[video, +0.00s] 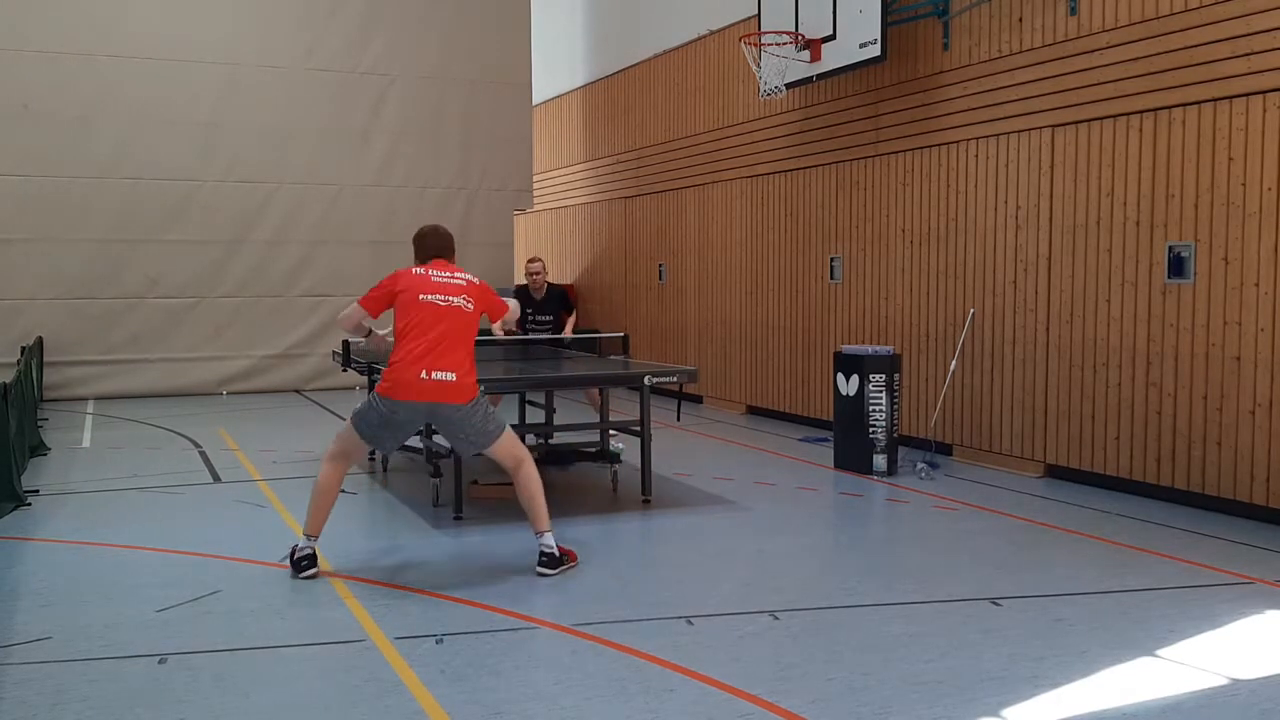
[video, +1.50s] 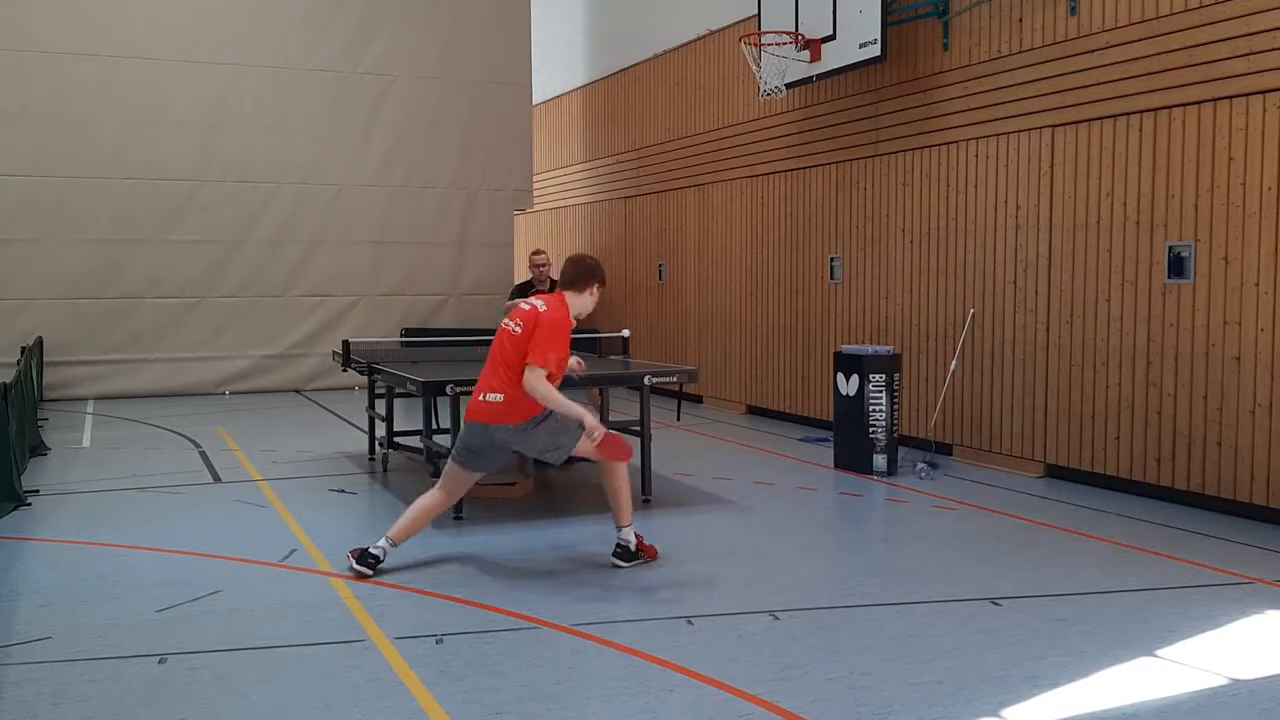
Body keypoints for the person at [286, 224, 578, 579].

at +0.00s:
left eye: (418, 253)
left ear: (417, 255)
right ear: (452, 254)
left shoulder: (402, 279)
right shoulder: (473, 285)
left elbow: (349, 320)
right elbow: (511, 312)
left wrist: (374, 336)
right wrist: (502, 320)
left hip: (400, 394)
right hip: (458, 398)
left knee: (338, 458)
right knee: (519, 461)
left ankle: (306, 548)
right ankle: (548, 547)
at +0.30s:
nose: (454, 254)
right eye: (459, 248)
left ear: (425, 248)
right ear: (460, 251)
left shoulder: (399, 278)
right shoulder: (475, 286)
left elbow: (358, 332)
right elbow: (528, 332)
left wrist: (389, 347)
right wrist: (519, 342)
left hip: (394, 399)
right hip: (455, 401)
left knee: (338, 459)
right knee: (525, 455)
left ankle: (303, 548)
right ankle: (551, 548)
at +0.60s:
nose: (446, 303)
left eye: (420, 297)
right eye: (448, 299)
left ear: (413, 297)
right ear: (449, 300)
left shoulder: (393, 315)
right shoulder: (462, 322)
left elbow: (376, 358)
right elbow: (514, 374)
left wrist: (412, 360)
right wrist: (492, 407)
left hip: (385, 431)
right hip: (449, 430)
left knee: (326, 465)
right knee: (527, 459)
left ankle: (292, 549)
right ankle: (553, 550)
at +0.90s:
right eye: (454, 248)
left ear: (420, 250)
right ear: (456, 251)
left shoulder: (401, 274)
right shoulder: (472, 282)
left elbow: (346, 305)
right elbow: (522, 309)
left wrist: (363, 329)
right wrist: (544, 293)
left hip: (407, 390)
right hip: (464, 390)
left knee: (341, 455)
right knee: (527, 452)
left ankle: (315, 549)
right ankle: (568, 534)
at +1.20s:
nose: (533, 255)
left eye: (530, 249)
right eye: (533, 250)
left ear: (494, 245)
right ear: (528, 251)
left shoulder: (460, 272)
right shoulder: (530, 286)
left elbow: (434, 314)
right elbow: (543, 354)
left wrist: (471, 328)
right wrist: (580, 383)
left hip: (446, 389)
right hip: (502, 389)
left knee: (391, 464)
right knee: (568, 447)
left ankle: (341, 545)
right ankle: (605, 535)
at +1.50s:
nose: (596, 303)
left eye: (598, 296)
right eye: (598, 295)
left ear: (561, 282)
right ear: (591, 290)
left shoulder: (526, 305)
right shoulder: (557, 316)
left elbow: (513, 357)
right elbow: (534, 380)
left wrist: (560, 362)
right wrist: (582, 414)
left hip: (480, 420)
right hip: (524, 421)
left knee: (442, 493)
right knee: (610, 449)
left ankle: (378, 550)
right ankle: (628, 541)